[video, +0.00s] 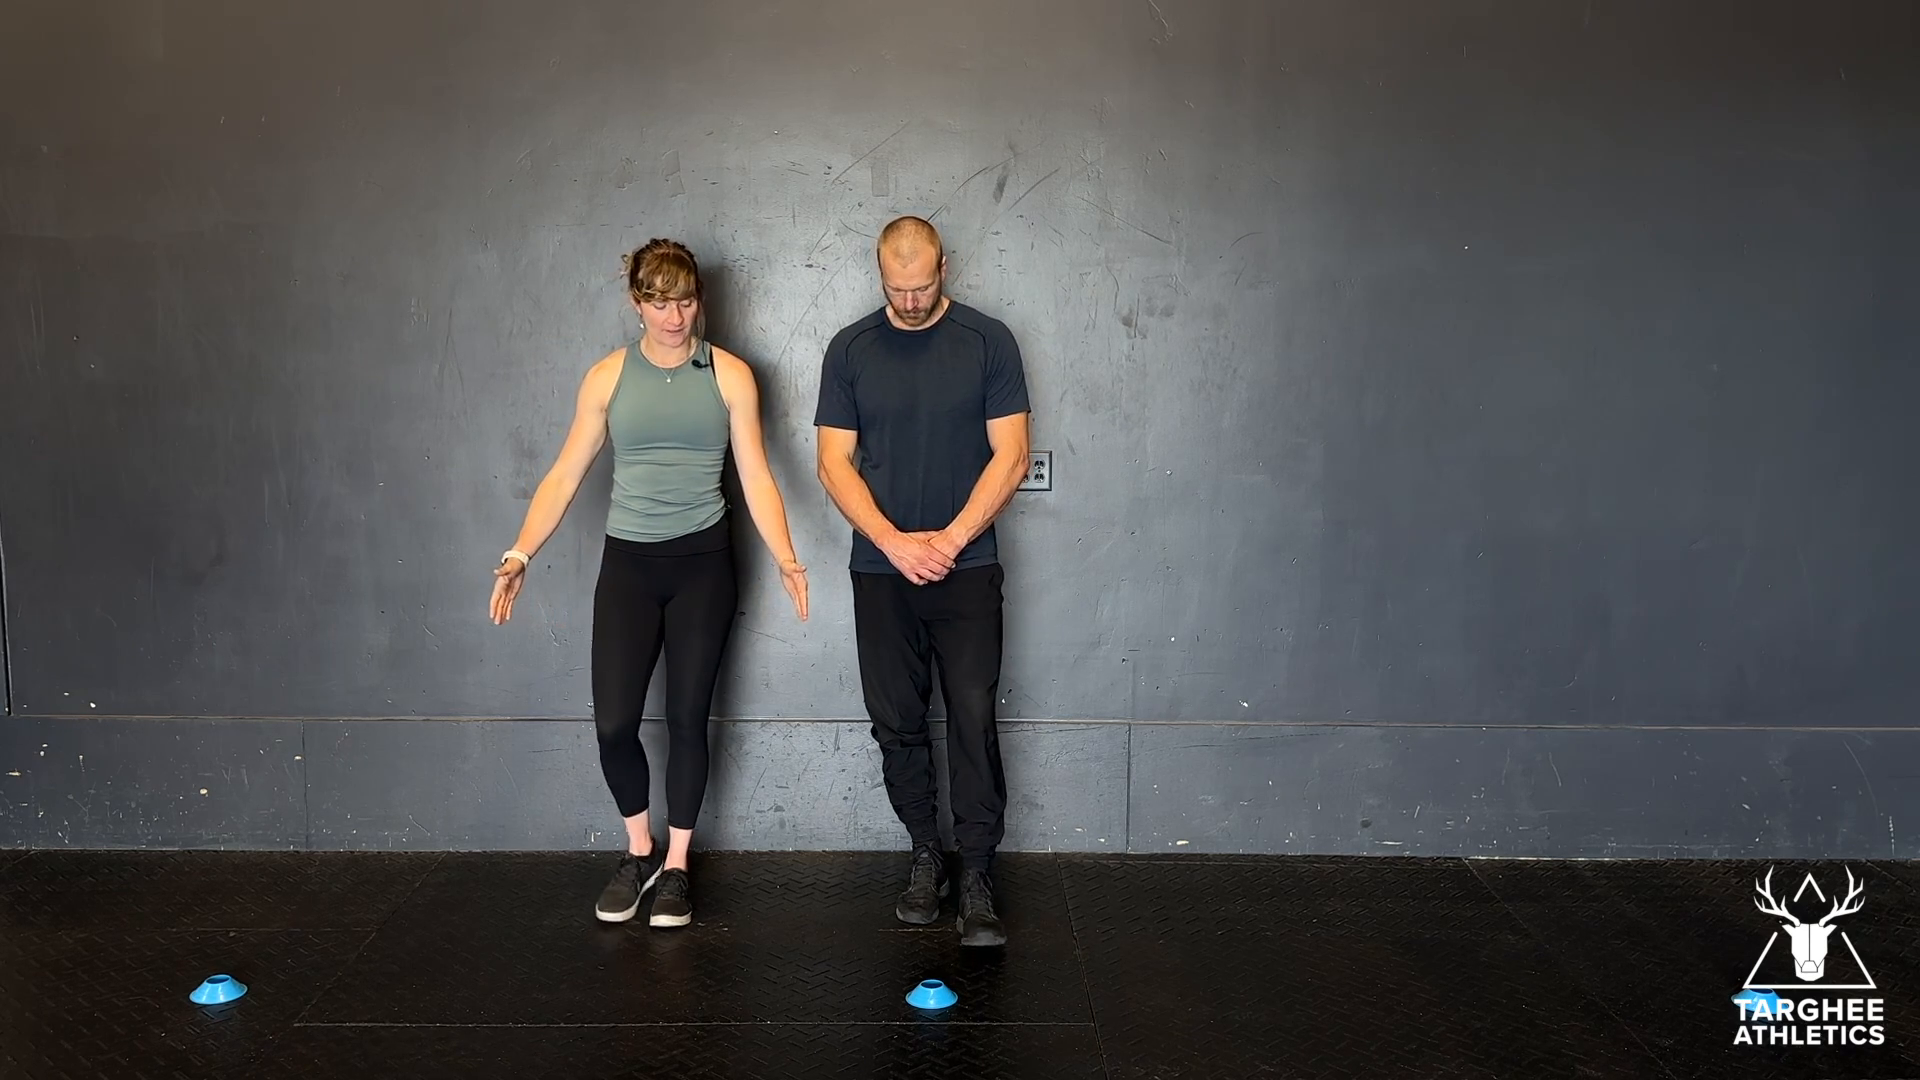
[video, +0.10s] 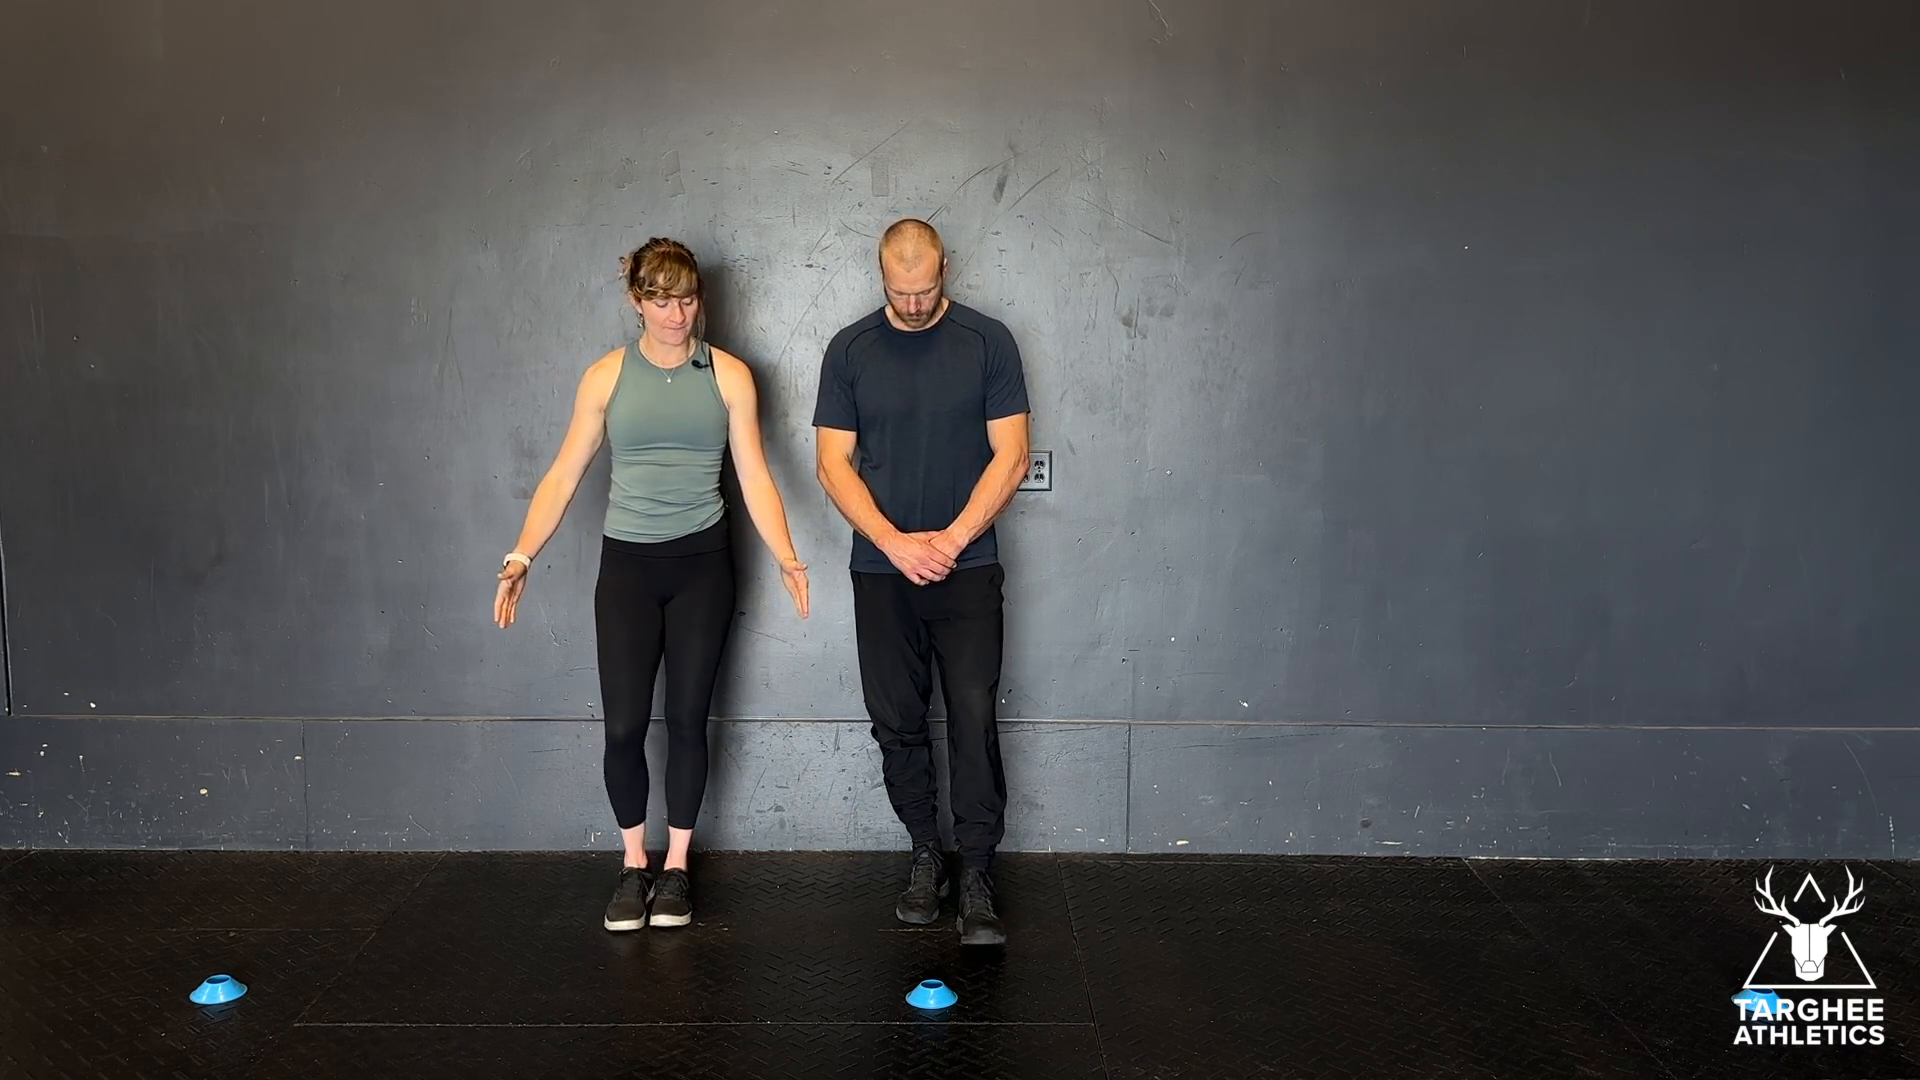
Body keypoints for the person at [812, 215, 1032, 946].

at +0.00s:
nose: (910, 299)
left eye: (920, 287)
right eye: (898, 288)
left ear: (941, 270)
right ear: (880, 275)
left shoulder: (987, 341)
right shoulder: (850, 348)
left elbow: (1012, 457)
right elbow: (832, 463)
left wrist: (951, 538)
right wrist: (891, 539)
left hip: (966, 565)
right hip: (881, 566)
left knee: (974, 719)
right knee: (897, 721)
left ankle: (976, 871)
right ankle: (926, 853)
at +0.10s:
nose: (912, 301)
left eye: (922, 289)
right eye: (900, 291)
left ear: (941, 271)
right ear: (882, 277)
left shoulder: (987, 341)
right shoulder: (850, 349)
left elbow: (1013, 457)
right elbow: (832, 464)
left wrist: (951, 539)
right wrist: (891, 539)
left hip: (967, 564)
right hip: (883, 566)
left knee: (974, 718)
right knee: (897, 720)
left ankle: (976, 870)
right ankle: (927, 854)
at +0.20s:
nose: (917, 305)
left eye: (928, 294)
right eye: (905, 295)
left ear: (944, 275)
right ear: (884, 277)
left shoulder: (986, 341)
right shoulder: (850, 350)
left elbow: (1013, 457)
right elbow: (832, 466)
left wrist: (952, 539)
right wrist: (891, 540)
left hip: (966, 569)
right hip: (883, 572)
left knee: (972, 724)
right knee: (897, 725)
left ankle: (977, 882)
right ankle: (928, 858)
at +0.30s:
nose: (924, 302)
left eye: (934, 289)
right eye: (911, 291)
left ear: (946, 272)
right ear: (886, 275)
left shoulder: (985, 340)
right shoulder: (849, 349)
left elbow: (1012, 456)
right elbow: (832, 464)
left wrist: (952, 539)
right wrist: (890, 539)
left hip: (966, 569)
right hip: (883, 572)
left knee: (969, 724)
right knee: (898, 725)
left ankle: (976, 883)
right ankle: (929, 859)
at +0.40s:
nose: (931, 298)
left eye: (940, 285)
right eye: (918, 287)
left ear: (949, 270)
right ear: (888, 273)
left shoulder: (985, 341)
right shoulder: (849, 348)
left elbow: (1011, 457)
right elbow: (831, 465)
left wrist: (950, 539)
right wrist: (891, 538)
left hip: (966, 568)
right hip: (882, 571)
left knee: (971, 726)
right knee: (898, 726)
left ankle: (977, 882)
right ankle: (928, 856)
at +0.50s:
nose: (935, 296)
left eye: (943, 283)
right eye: (922, 285)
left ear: (951, 270)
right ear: (891, 274)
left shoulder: (984, 341)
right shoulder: (849, 348)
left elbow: (1011, 457)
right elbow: (831, 465)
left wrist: (953, 538)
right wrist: (893, 539)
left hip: (965, 567)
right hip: (882, 571)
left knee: (970, 725)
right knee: (897, 725)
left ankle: (977, 883)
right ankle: (928, 857)